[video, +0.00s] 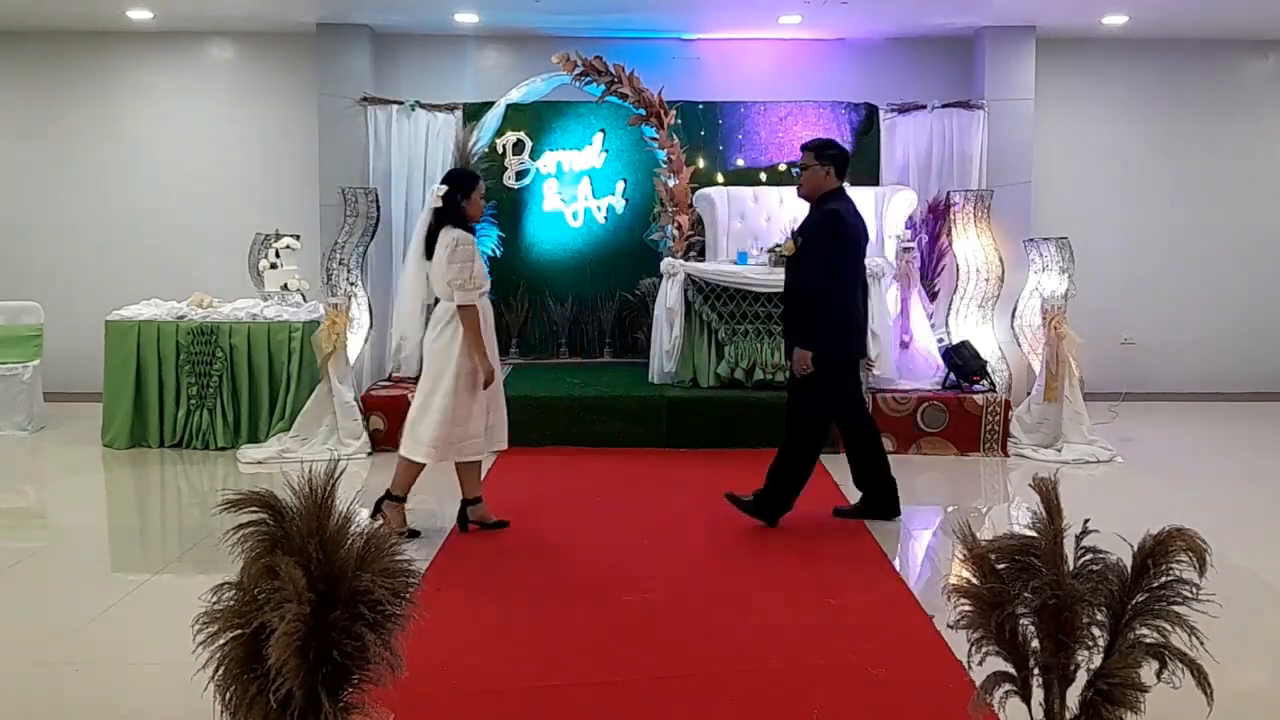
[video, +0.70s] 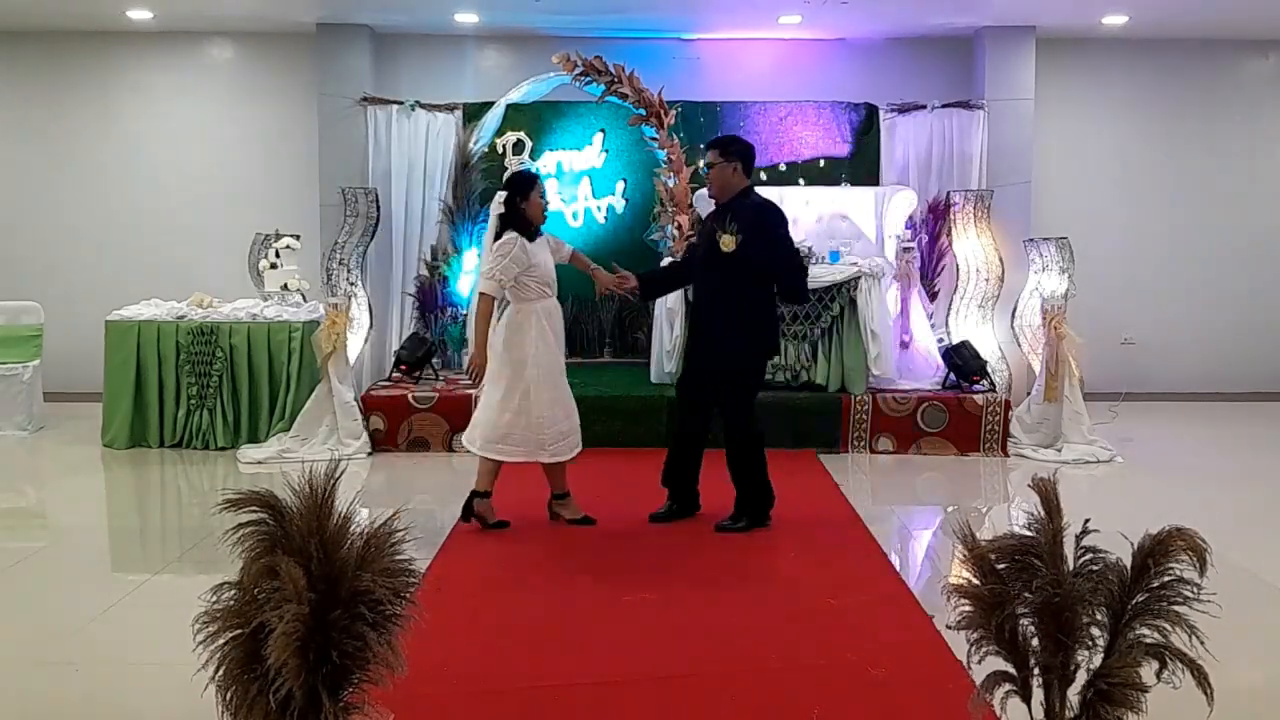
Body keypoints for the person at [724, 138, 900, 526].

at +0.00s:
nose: (798, 176)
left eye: (804, 169)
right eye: (799, 169)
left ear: (827, 172)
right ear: (827, 173)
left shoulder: (831, 218)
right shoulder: (836, 213)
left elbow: (823, 287)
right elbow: (827, 285)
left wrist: (805, 343)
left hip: (824, 341)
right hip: (837, 340)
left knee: (804, 426)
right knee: (853, 421)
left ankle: (772, 502)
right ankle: (880, 498)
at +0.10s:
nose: (786, 175)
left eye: (792, 168)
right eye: (787, 168)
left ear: (815, 171)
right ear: (817, 172)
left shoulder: (812, 219)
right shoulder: (832, 215)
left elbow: (791, 284)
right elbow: (821, 284)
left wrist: (775, 339)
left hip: (809, 341)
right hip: (828, 338)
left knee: (797, 427)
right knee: (844, 418)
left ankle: (768, 506)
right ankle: (878, 494)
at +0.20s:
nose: (773, 174)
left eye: (779, 166)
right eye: (774, 166)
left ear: (803, 170)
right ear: (805, 171)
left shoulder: (799, 215)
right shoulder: (816, 212)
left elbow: (774, 281)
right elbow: (803, 283)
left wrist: (750, 330)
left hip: (792, 339)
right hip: (808, 337)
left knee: (788, 426)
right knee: (824, 414)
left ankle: (766, 508)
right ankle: (872, 487)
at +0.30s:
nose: (759, 174)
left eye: (765, 165)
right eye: (760, 166)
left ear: (790, 170)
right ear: (792, 171)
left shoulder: (787, 214)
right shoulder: (800, 211)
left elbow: (759, 279)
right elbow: (777, 280)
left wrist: (728, 326)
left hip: (778, 338)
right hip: (788, 335)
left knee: (777, 423)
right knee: (780, 420)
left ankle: (761, 511)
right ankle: (845, 471)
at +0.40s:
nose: (745, 176)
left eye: (751, 168)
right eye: (747, 168)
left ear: (774, 171)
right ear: (776, 172)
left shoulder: (775, 217)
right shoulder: (783, 213)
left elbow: (749, 282)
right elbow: (754, 282)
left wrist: (728, 333)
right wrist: (733, 334)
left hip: (766, 339)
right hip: (772, 336)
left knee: (754, 413)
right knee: (752, 408)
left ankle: (762, 509)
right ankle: (800, 460)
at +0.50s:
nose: (732, 178)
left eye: (737, 170)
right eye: (732, 170)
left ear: (761, 172)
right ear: (757, 173)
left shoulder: (770, 216)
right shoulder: (755, 214)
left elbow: (769, 287)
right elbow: (732, 281)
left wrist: (765, 343)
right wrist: (698, 319)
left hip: (751, 344)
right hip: (732, 339)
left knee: (750, 423)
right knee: (708, 398)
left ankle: (760, 509)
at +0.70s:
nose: (706, 176)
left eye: (711, 168)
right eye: (706, 169)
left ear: (736, 169)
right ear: (727, 170)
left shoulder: (764, 214)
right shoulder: (713, 220)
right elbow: (689, 268)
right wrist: (642, 284)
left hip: (745, 339)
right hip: (706, 337)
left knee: (738, 419)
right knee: (688, 413)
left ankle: (754, 507)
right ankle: (682, 498)